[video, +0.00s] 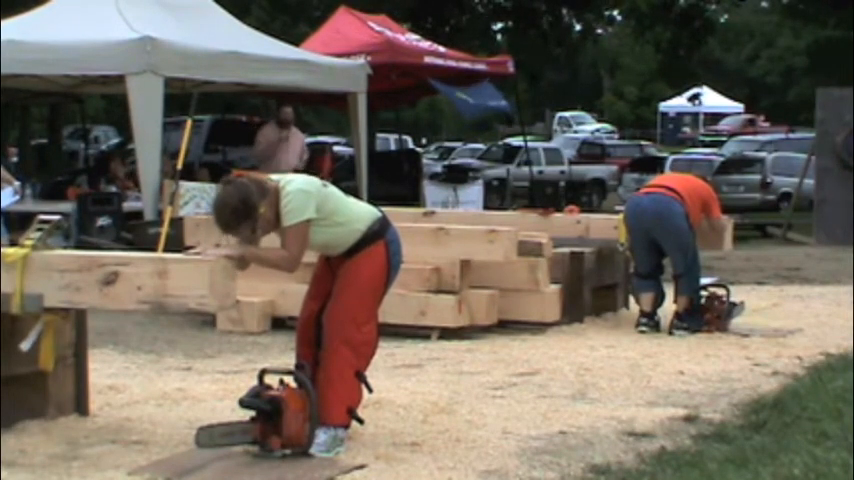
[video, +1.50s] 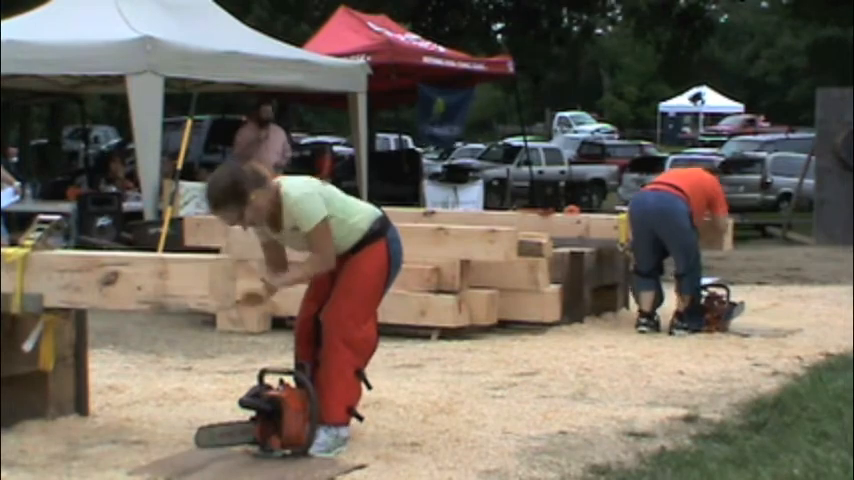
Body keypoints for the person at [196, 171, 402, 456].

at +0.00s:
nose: (257, 233)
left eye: (256, 228)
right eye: (249, 232)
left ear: (262, 206)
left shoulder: (297, 194)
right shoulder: (263, 194)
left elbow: (290, 261)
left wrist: (242, 253)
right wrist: (230, 252)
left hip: (372, 246)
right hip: (337, 252)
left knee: (340, 325)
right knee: (310, 321)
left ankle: (334, 426)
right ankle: (309, 412)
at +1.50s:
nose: (244, 227)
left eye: (242, 219)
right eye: (238, 224)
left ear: (256, 198)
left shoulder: (302, 198)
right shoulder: (263, 214)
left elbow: (325, 262)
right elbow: (277, 267)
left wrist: (281, 281)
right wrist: (264, 293)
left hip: (374, 245)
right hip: (337, 254)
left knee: (338, 322)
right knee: (309, 322)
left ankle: (336, 426)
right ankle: (310, 414)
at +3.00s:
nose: (234, 254)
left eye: (231, 245)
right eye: (227, 249)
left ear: (246, 226)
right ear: (246, 226)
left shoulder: (281, 232)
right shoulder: (273, 246)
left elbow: (306, 300)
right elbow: (286, 307)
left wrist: (281, 360)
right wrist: (280, 360)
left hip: (389, 251)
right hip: (379, 254)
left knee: (333, 331)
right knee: (334, 329)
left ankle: (337, 429)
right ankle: (350, 414)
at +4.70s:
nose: (251, 128)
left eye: (255, 118)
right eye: (246, 121)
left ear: (279, 105)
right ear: (246, 117)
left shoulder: (311, 128)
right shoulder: (264, 147)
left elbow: (317, 188)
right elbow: (285, 202)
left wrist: (265, 213)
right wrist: (286, 237)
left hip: (346, 235)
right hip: (308, 239)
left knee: (340, 324)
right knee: (300, 324)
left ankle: (342, 423)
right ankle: (293, 413)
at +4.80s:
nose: (250, 131)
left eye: (253, 121)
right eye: (244, 124)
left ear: (276, 107)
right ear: (245, 119)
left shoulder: (310, 130)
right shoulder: (264, 150)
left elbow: (315, 191)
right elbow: (284, 206)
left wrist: (265, 218)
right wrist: (286, 242)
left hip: (347, 235)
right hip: (309, 239)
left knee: (343, 325)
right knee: (302, 325)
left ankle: (344, 422)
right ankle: (296, 413)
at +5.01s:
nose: (249, 139)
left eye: (252, 129)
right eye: (243, 133)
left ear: (277, 116)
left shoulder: (307, 142)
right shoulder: (265, 159)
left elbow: (306, 206)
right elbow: (287, 217)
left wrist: (259, 250)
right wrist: (289, 270)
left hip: (350, 237)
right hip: (311, 242)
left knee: (344, 327)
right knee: (301, 325)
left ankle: (345, 423)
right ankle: (295, 414)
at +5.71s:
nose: (237, 138)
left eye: (239, 128)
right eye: (231, 132)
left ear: (261, 113)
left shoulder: (295, 137)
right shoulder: (259, 156)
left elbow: (307, 198)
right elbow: (284, 210)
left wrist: (253, 227)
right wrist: (277, 256)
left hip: (336, 236)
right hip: (301, 241)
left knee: (332, 325)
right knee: (293, 325)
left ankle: (342, 423)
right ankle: (293, 414)